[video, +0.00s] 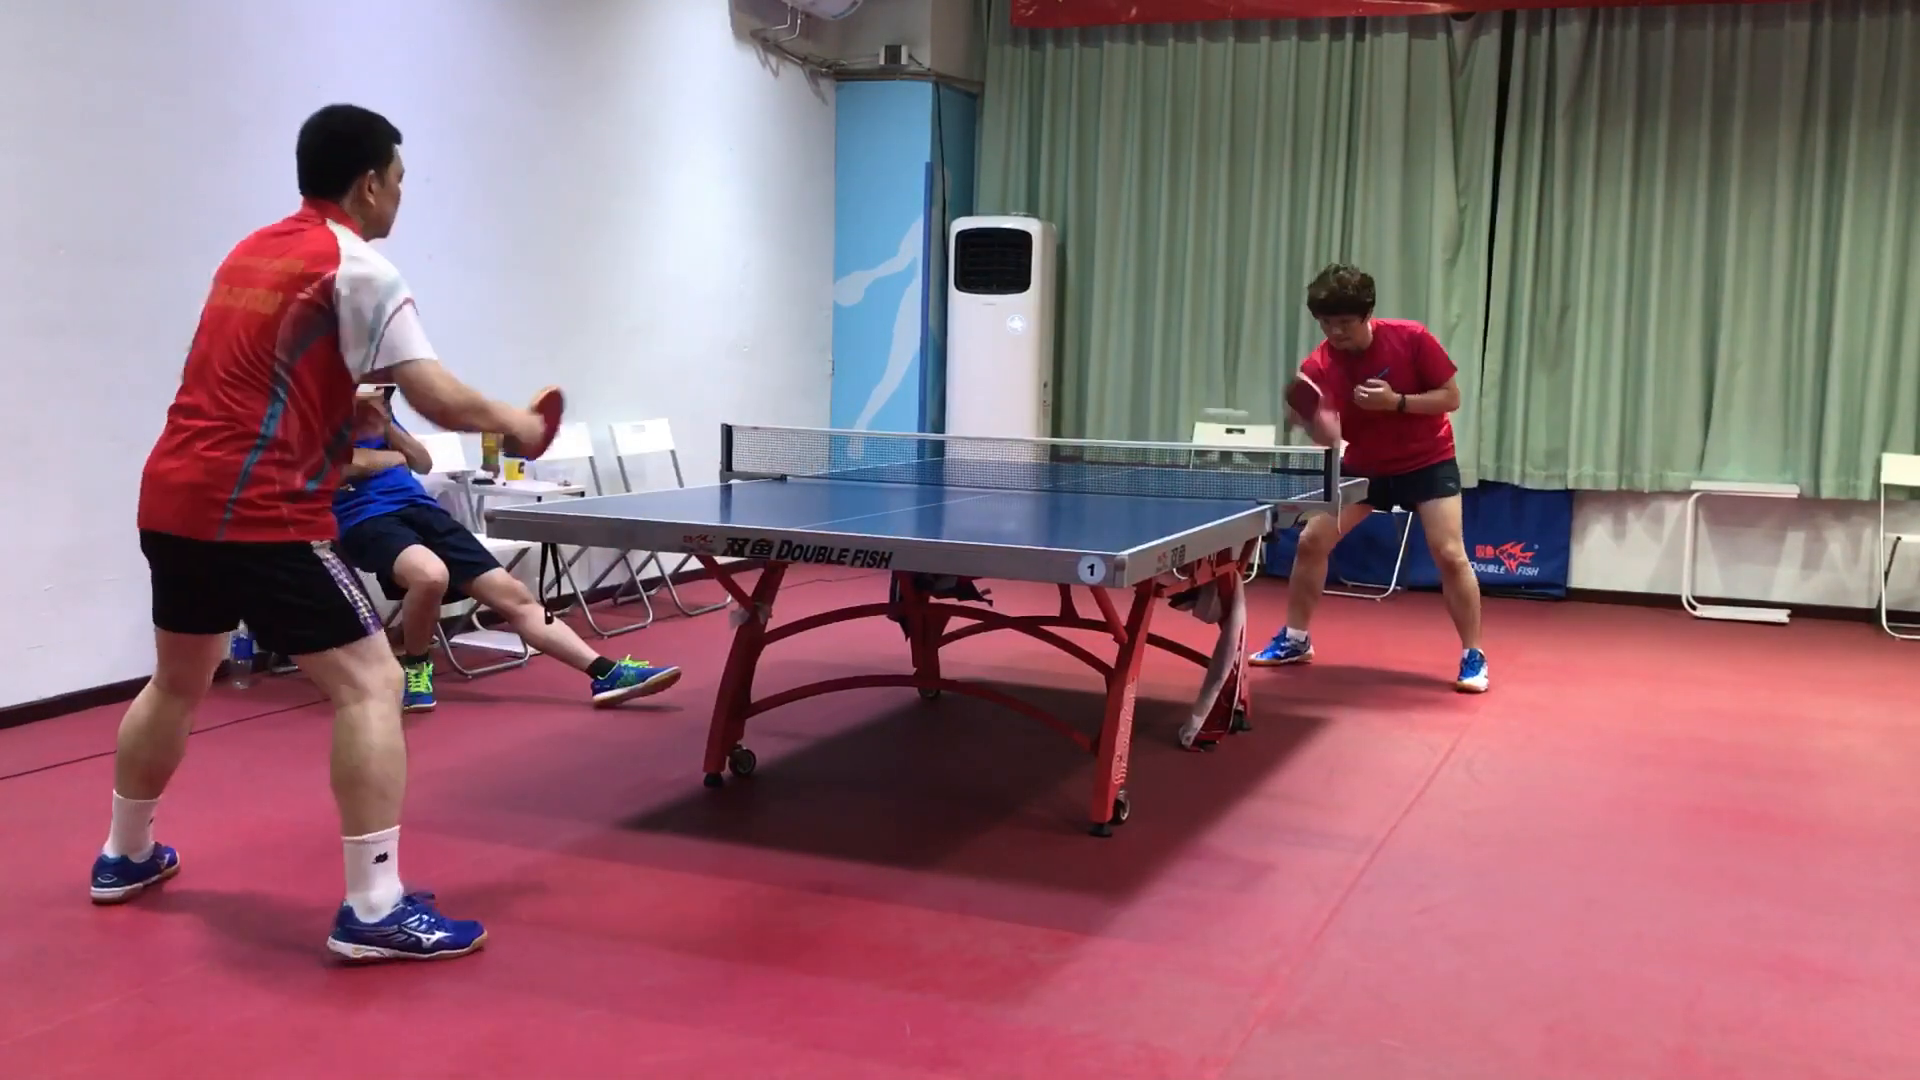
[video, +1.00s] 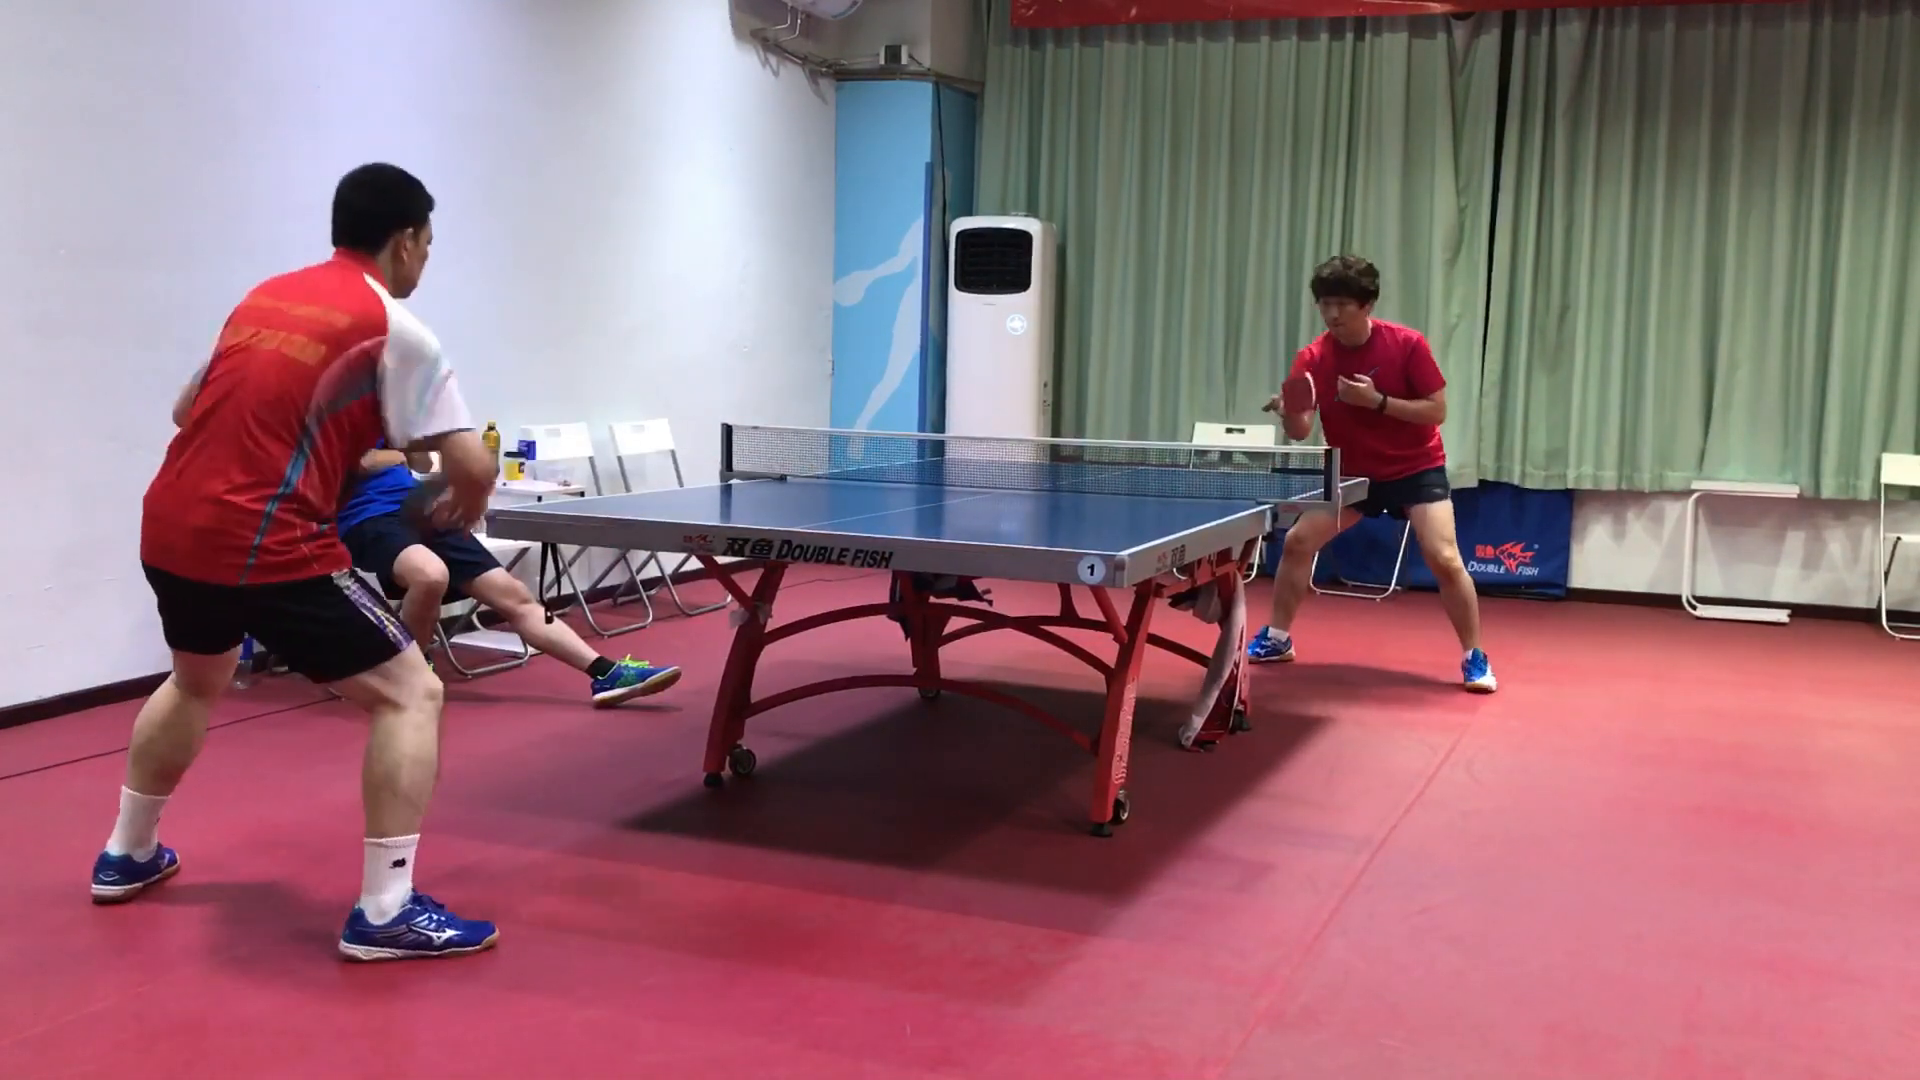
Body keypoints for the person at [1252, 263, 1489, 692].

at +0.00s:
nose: (1333, 334)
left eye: (1341, 325)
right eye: (1325, 325)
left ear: (1366, 313)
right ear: (1318, 319)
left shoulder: (1411, 340)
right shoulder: (1319, 365)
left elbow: (1451, 399)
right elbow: (1329, 437)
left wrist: (1397, 401)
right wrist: (1310, 417)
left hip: (1427, 464)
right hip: (1364, 469)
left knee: (1449, 553)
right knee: (1312, 540)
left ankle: (1472, 654)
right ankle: (1295, 639)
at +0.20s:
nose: (1347, 314)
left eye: (1358, 304)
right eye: (1340, 303)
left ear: (1383, 301)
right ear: (1333, 302)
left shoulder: (1424, 340)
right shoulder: (1327, 350)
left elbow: (1458, 401)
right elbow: (1308, 422)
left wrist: (1403, 398)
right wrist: (1313, 391)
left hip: (1426, 465)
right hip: (1361, 467)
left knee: (1448, 555)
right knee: (1312, 541)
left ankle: (1472, 655)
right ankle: (1295, 639)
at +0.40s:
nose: (1350, 309)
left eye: (1361, 300)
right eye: (1345, 299)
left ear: (1388, 301)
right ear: (1339, 299)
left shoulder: (1425, 346)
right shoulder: (1336, 349)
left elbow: (1444, 418)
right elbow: (1323, 409)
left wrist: (1382, 401)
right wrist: (1313, 425)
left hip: (1428, 475)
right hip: (1366, 474)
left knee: (1442, 564)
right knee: (1307, 535)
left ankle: (1471, 657)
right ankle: (1288, 632)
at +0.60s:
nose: (1313, 336)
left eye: (1320, 327)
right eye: (1308, 328)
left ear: (1348, 320)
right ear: (1304, 325)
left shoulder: (1394, 355)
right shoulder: (1310, 366)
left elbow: (1416, 426)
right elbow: (1321, 422)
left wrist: (1354, 409)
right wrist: (1337, 443)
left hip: (1414, 472)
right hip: (1358, 476)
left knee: (1430, 565)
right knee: (1300, 541)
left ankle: (1469, 655)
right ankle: (1277, 637)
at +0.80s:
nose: (1311, 324)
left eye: (1319, 314)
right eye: (1304, 315)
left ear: (1344, 308)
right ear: (1299, 313)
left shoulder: (1391, 340)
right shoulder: (1300, 358)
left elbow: (1423, 403)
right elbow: (1299, 428)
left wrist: (1365, 396)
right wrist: (1279, 405)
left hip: (1409, 466)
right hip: (1349, 471)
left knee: (1437, 555)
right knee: (1294, 540)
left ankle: (1470, 654)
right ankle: (1276, 637)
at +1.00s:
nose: (1331, 313)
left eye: (1340, 304)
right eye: (1324, 304)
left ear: (1366, 303)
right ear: (1317, 305)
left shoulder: (1407, 345)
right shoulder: (1313, 358)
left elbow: (1436, 411)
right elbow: (1298, 432)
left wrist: (1379, 402)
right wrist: (1287, 411)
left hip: (1419, 473)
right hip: (1354, 478)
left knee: (1446, 559)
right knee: (1297, 542)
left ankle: (1474, 656)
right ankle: (1276, 638)